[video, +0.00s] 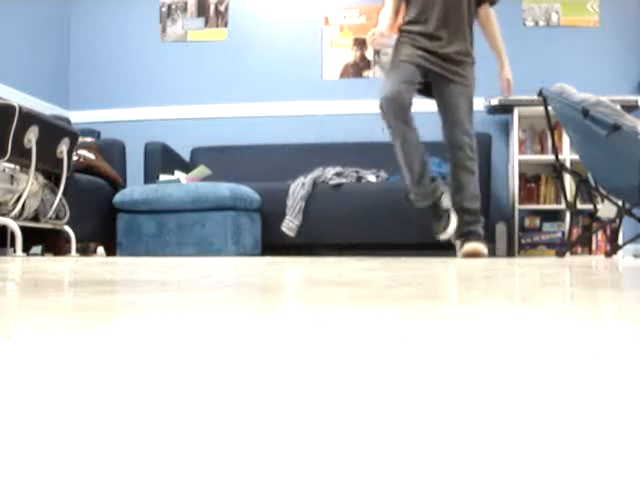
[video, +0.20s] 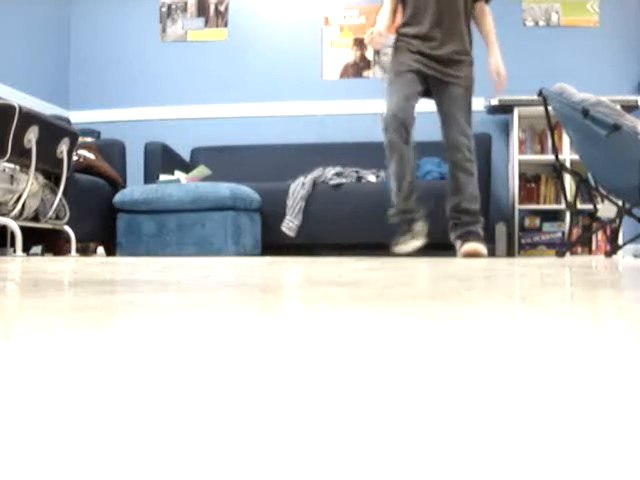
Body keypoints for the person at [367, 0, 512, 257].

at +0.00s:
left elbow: (484, 9)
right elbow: (395, 3)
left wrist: (504, 62)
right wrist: (384, 29)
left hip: (457, 50)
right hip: (412, 43)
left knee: (462, 141)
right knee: (392, 99)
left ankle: (471, 234)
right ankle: (430, 197)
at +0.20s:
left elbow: (480, 7)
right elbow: (392, 4)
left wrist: (494, 54)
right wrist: (381, 29)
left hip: (455, 54)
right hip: (409, 49)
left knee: (460, 144)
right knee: (396, 119)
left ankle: (469, 233)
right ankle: (409, 224)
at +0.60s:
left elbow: (432, 3)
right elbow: (344, 7)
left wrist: (437, 25)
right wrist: (334, 37)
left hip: (407, 40)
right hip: (361, 42)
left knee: (405, 136)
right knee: (361, 145)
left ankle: (429, 225)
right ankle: (361, 237)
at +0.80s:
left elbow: (426, 3)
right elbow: (341, 11)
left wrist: (434, 26)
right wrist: (327, 38)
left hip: (400, 43)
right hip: (355, 46)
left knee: (387, 132)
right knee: (357, 145)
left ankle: (401, 229)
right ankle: (360, 233)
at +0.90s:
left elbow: (424, 2)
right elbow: (339, 10)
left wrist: (434, 28)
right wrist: (323, 32)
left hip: (395, 42)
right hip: (351, 45)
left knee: (384, 129)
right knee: (353, 144)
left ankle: (399, 226)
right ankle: (359, 231)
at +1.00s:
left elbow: (423, 3)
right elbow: (338, 9)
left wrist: (435, 30)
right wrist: (326, 27)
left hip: (398, 39)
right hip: (351, 43)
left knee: (397, 128)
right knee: (354, 147)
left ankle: (420, 221)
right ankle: (361, 235)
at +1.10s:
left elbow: (426, 1)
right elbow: (338, 3)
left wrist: (439, 34)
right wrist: (330, 23)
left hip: (404, 41)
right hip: (356, 45)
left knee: (412, 128)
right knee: (359, 148)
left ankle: (442, 220)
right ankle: (362, 237)